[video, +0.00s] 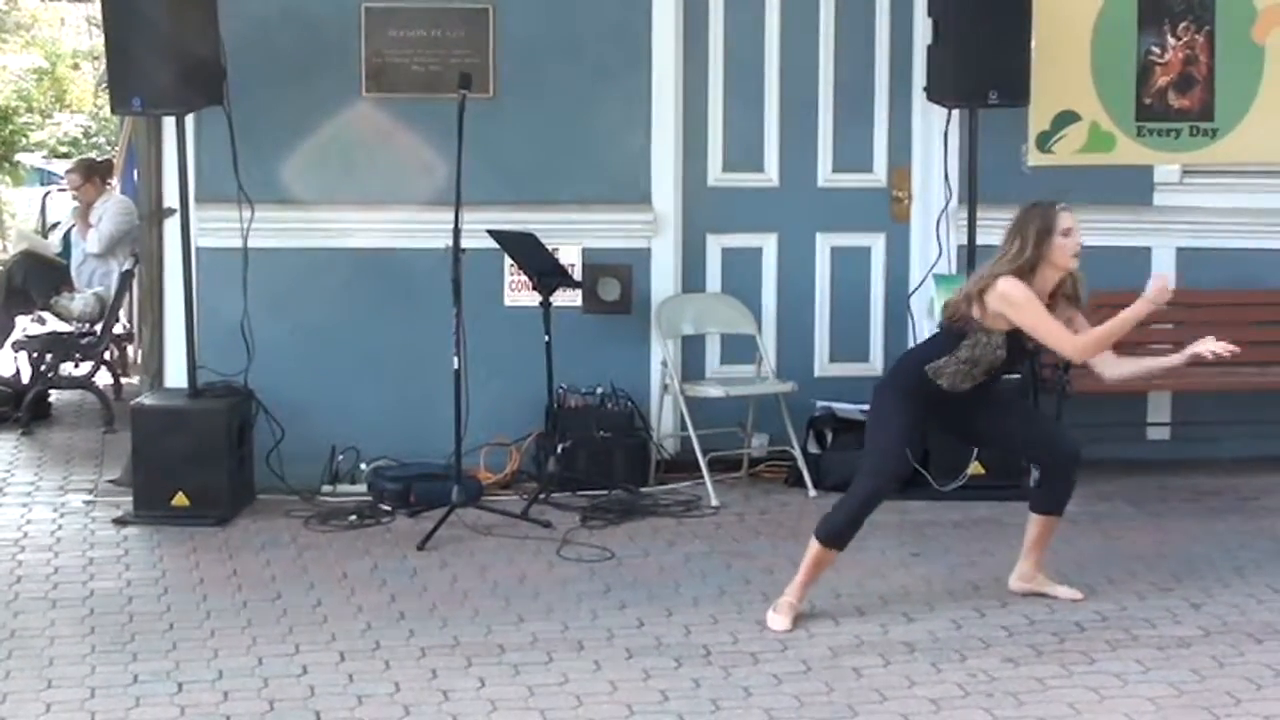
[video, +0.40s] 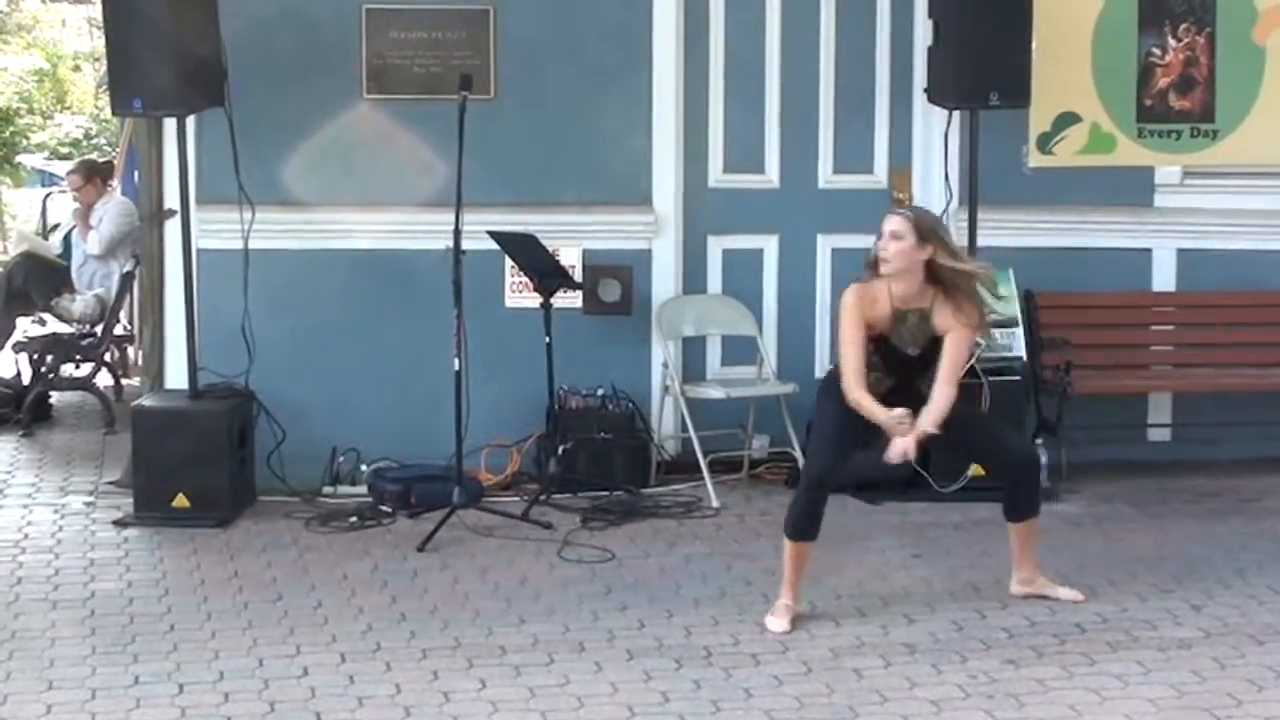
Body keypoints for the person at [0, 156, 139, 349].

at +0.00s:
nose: (73, 195)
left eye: (76, 189)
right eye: (71, 190)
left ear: (94, 183)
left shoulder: (121, 207)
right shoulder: (84, 210)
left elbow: (99, 245)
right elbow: (56, 247)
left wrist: (81, 221)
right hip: (75, 286)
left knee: (26, 262)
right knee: (10, 301)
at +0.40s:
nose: (74, 197)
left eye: (78, 191)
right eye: (72, 192)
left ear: (96, 184)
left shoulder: (121, 208)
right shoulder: (84, 211)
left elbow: (100, 247)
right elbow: (56, 248)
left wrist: (82, 223)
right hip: (75, 287)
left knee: (26, 263)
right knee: (10, 305)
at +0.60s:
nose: (75, 196)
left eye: (78, 190)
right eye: (73, 191)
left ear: (97, 183)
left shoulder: (123, 207)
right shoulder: (85, 210)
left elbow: (99, 247)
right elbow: (56, 247)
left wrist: (82, 222)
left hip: (100, 296)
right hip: (76, 287)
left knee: (27, 264)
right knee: (10, 297)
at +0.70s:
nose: (75, 195)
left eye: (79, 188)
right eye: (73, 190)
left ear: (97, 182)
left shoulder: (124, 206)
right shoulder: (85, 209)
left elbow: (101, 245)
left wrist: (83, 221)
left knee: (27, 263)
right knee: (11, 300)